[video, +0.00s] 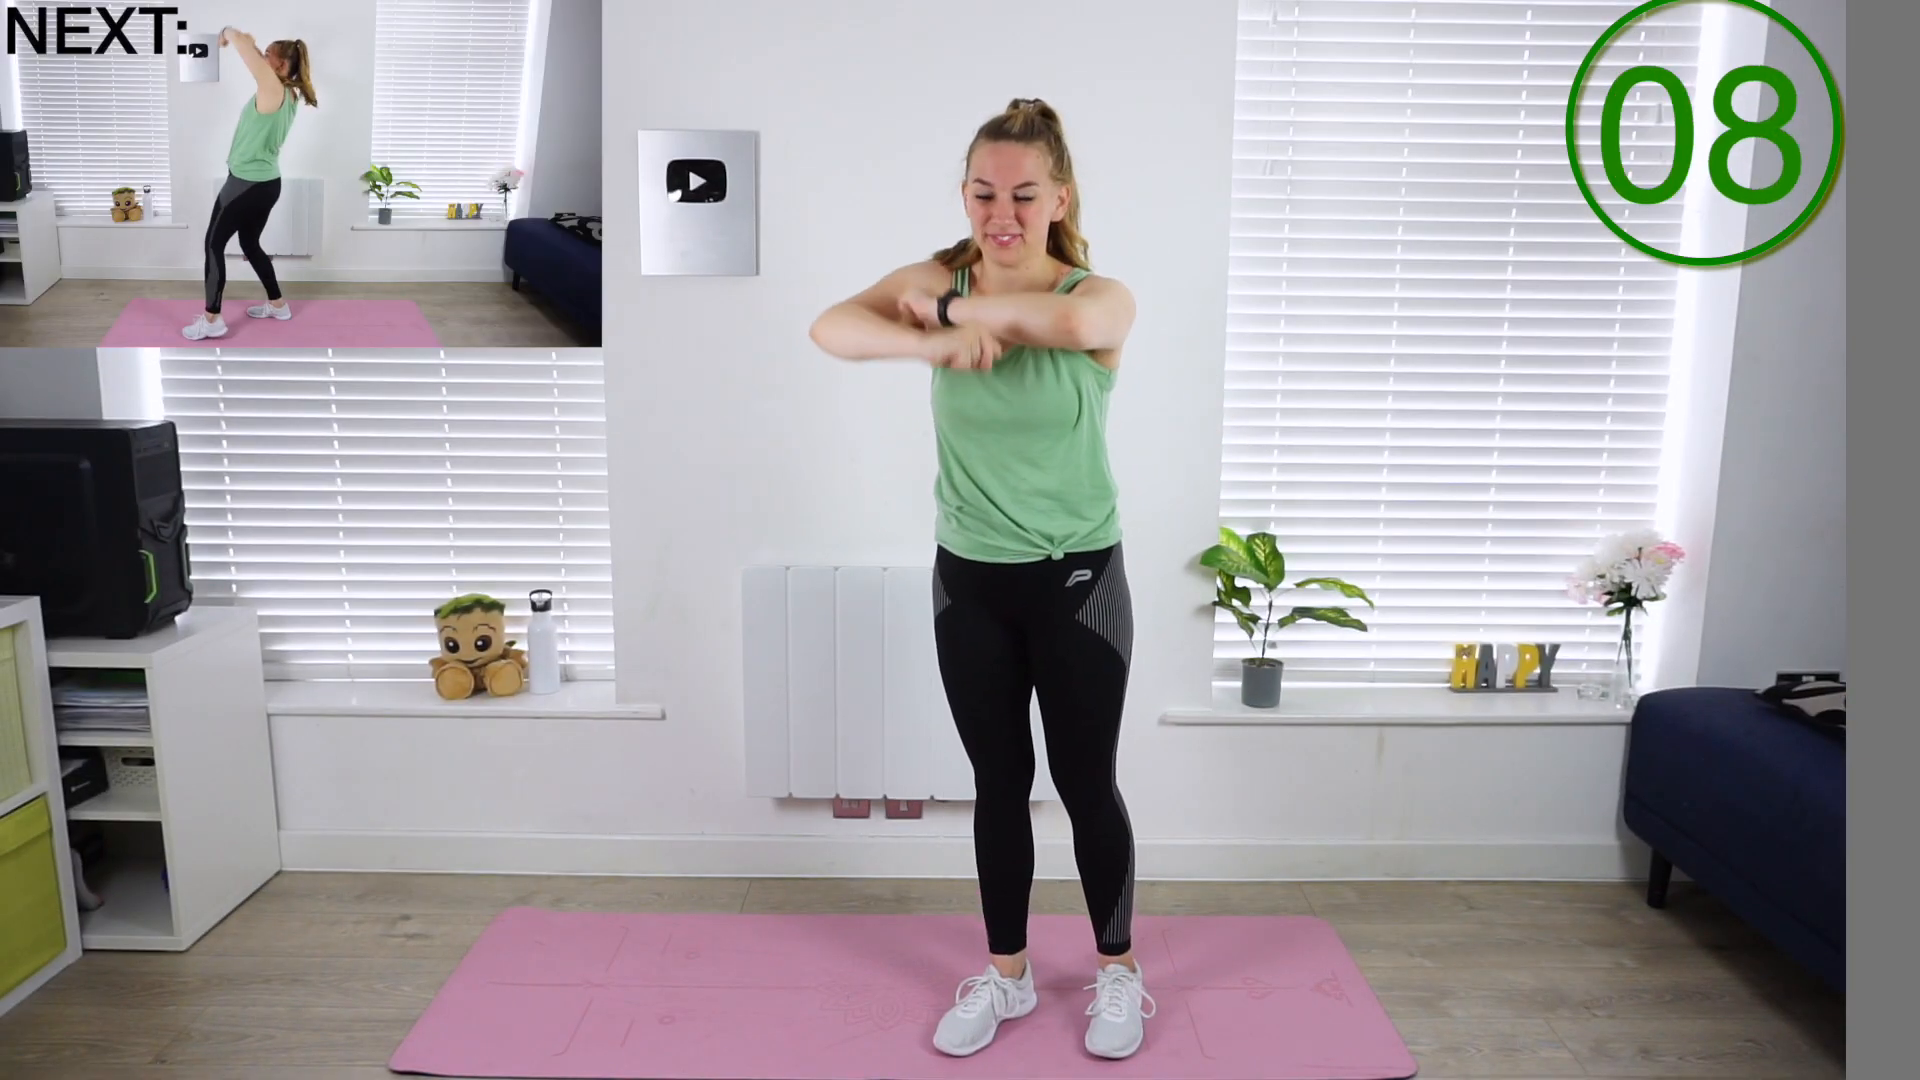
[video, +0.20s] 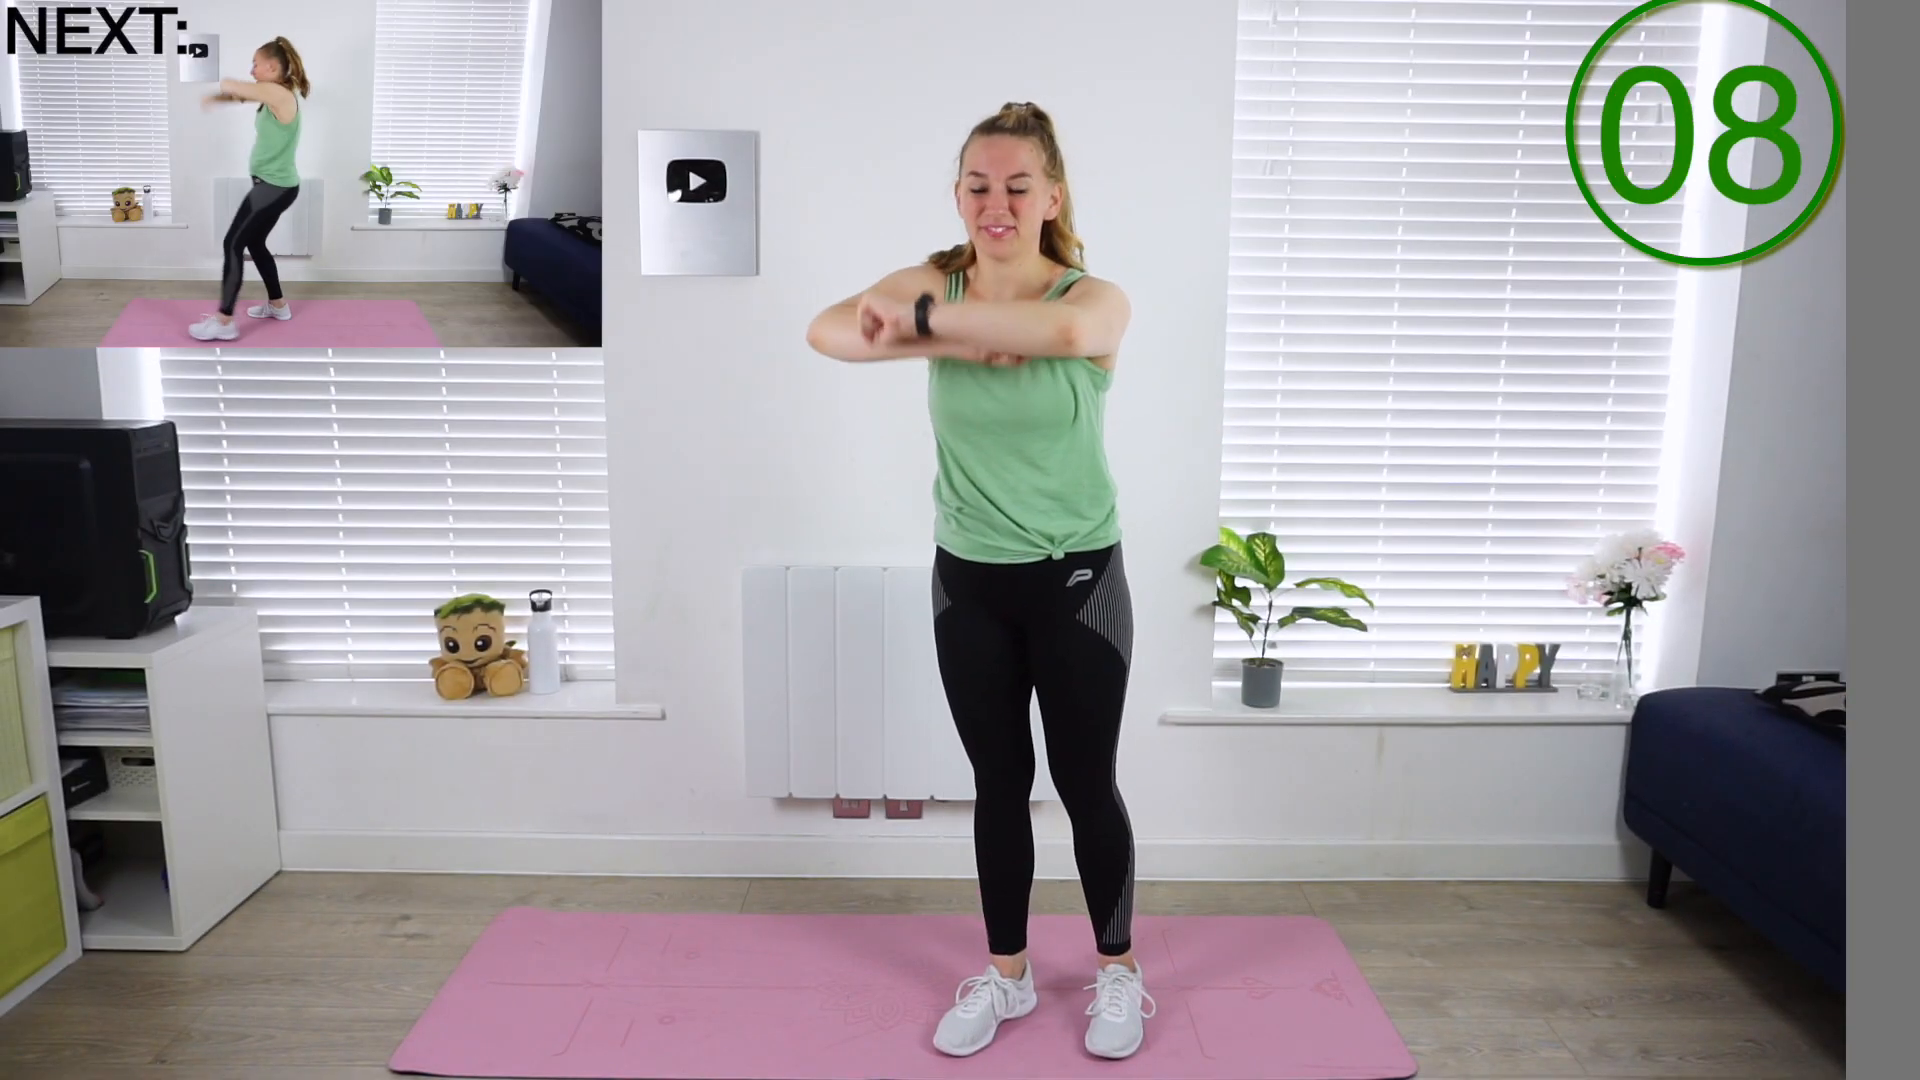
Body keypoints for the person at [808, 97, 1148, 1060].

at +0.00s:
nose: (1001, 215)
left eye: (1023, 195)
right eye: (984, 193)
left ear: (1062, 201)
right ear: (965, 196)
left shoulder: (1098, 293)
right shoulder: (940, 276)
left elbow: (1079, 328)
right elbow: (831, 328)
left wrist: (959, 307)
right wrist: (932, 345)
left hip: (1078, 577)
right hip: (969, 575)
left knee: (1087, 783)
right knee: (999, 783)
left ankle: (1116, 969)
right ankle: (1007, 972)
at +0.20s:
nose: (994, 205)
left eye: (1016, 186)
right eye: (978, 185)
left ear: (1053, 197)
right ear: (959, 194)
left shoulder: (1095, 296)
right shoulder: (936, 279)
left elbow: (1070, 332)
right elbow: (828, 331)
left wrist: (923, 318)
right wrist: (959, 342)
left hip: (1079, 575)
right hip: (968, 574)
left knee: (1086, 781)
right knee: (999, 782)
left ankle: (1117, 969)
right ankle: (1007, 971)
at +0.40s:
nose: (988, 192)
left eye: (1010, 176)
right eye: (973, 177)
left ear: (1051, 195)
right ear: (957, 195)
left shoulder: (1091, 298)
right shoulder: (933, 285)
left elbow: (1067, 348)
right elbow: (826, 329)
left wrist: (942, 348)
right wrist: (957, 296)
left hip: (1075, 579)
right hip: (966, 579)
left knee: (1084, 783)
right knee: (998, 785)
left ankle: (1117, 969)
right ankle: (1007, 971)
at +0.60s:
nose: (987, 201)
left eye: (1010, 184)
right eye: (973, 183)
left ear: (1054, 199)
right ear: (958, 195)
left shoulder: (1093, 301)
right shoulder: (928, 287)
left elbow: (1074, 335)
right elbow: (826, 359)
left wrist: (938, 317)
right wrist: (933, 362)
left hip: (1072, 577)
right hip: (963, 576)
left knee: (1081, 786)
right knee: (995, 785)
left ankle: (1116, 971)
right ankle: (1006, 972)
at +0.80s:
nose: (986, 203)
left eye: (1009, 186)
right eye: (973, 185)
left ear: (1055, 202)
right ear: (959, 196)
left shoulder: (1091, 299)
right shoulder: (935, 284)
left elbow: (1075, 338)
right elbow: (823, 357)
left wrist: (928, 318)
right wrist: (947, 365)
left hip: (1072, 576)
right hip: (964, 575)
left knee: (1076, 788)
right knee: (996, 785)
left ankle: (1116, 970)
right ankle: (1006, 971)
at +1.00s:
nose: (982, 207)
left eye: (1004, 190)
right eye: (972, 190)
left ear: (1056, 203)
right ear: (961, 199)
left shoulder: (1092, 308)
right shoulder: (941, 295)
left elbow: (1081, 403)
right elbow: (830, 361)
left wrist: (933, 401)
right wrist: (948, 331)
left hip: (1079, 576)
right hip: (976, 573)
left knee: (1069, 789)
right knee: (1001, 782)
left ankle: (1127, 959)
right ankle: (1006, 970)